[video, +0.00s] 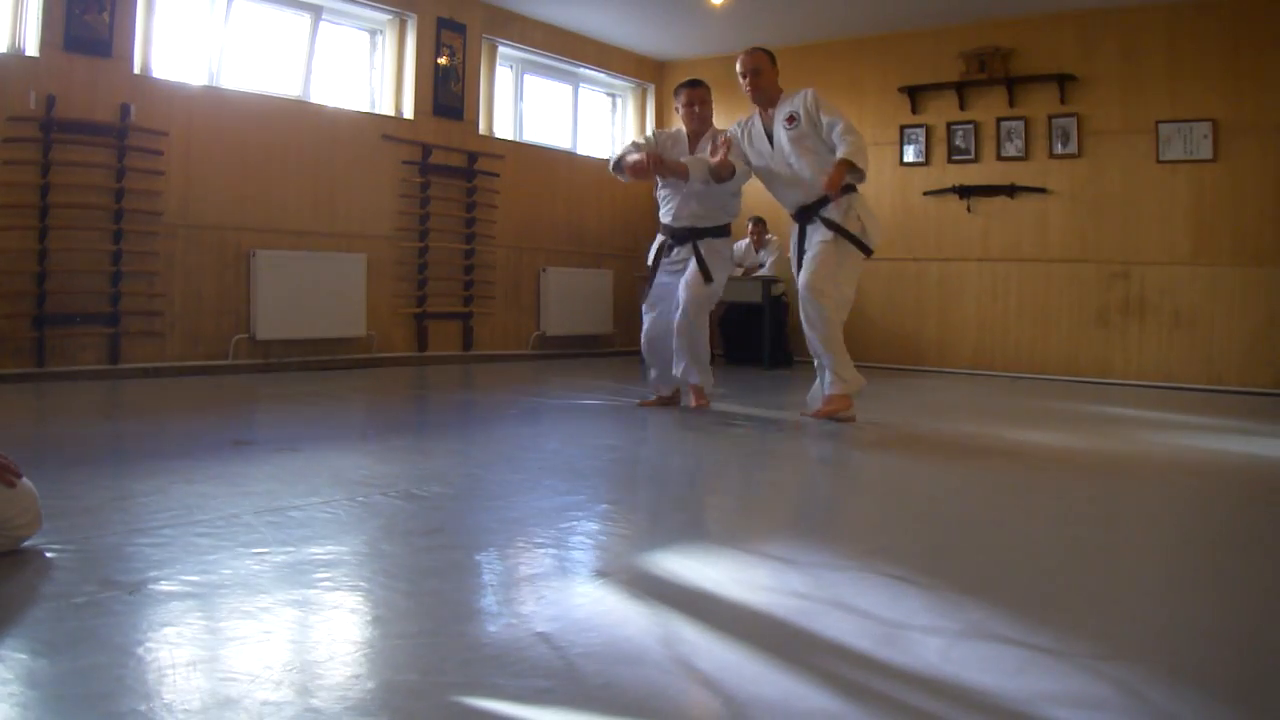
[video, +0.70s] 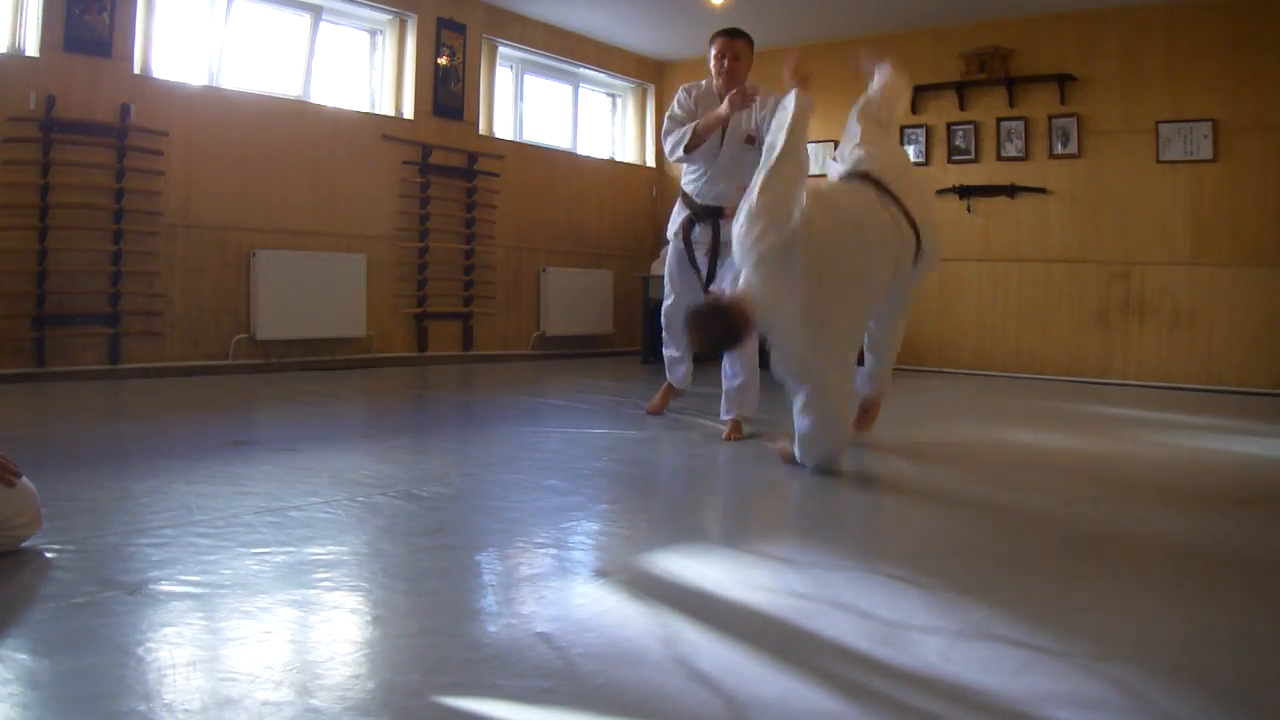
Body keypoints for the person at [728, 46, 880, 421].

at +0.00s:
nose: (748, 82)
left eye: (755, 73)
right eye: (742, 76)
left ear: (775, 73)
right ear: (739, 83)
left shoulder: (805, 103)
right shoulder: (743, 131)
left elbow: (850, 138)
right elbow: (726, 175)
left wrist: (840, 169)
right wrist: (719, 161)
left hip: (838, 208)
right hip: (804, 223)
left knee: (813, 288)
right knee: (811, 304)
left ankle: (839, 391)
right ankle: (828, 395)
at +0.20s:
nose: (766, 99)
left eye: (772, 89)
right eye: (758, 92)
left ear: (791, 80)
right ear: (751, 92)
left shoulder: (826, 116)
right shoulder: (752, 132)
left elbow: (865, 171)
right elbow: (727, 187)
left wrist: (846, 222)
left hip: (843, 226)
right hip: (803, 235)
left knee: (829, 304)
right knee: (804, 325)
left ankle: (851, 407)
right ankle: (822, 404)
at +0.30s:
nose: (773, 128)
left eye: (779, 118)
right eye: (765, 120)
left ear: (800, 105)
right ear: (757, 114)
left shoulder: (843, 138)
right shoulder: (759, 140)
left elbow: (871, 203)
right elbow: (738, 192)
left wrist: (841, 261)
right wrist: (689, 229)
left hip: (855, 241)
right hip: (811, 245)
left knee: (847, 326)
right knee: (812, 332)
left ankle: (870, 427)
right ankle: (829, 402)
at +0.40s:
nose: (766, 176)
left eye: (769, 167)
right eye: (762, 168)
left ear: (793, 151)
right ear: (769, 152)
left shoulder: (842, 178)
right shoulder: (791, 162)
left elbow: (862, 260)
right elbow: (770, 205)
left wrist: (817, 326)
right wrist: (740, 249)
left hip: (869, 247)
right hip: (832, 246)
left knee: (857, 331)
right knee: (831, 312)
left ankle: (870, 430)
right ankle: (828, 368)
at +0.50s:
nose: (743, 238)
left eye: (750, 230)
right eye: (739, 227)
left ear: (777, 218)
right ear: (740, 196)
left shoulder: (825, 227)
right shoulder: (764, 164)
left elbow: (835, 317)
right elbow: (808, 150)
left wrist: (799, 377)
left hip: (886, 228)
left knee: (869, 328)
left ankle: (867, 430)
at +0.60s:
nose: (746, 293)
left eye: (743, 288)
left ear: (758, 279)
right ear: (742, 230)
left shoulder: (811, 290)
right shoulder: (766, 192)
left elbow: (823, 353)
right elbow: (783, 125)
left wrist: (793, 413)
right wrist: (756, 120)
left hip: (899, 214)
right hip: (860, 170)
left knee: (872, 328)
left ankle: (866, 420)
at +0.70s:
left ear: (725, 352)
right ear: (724, 293)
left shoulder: (802, 357)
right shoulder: (755, 243)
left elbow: (822, 437)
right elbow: (780, 160)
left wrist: (802, 454)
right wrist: (798, 93)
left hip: (912, 238)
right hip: (870, 178)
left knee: (883, 326)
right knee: (871, 117)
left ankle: (872, 394)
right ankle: (887, 72)